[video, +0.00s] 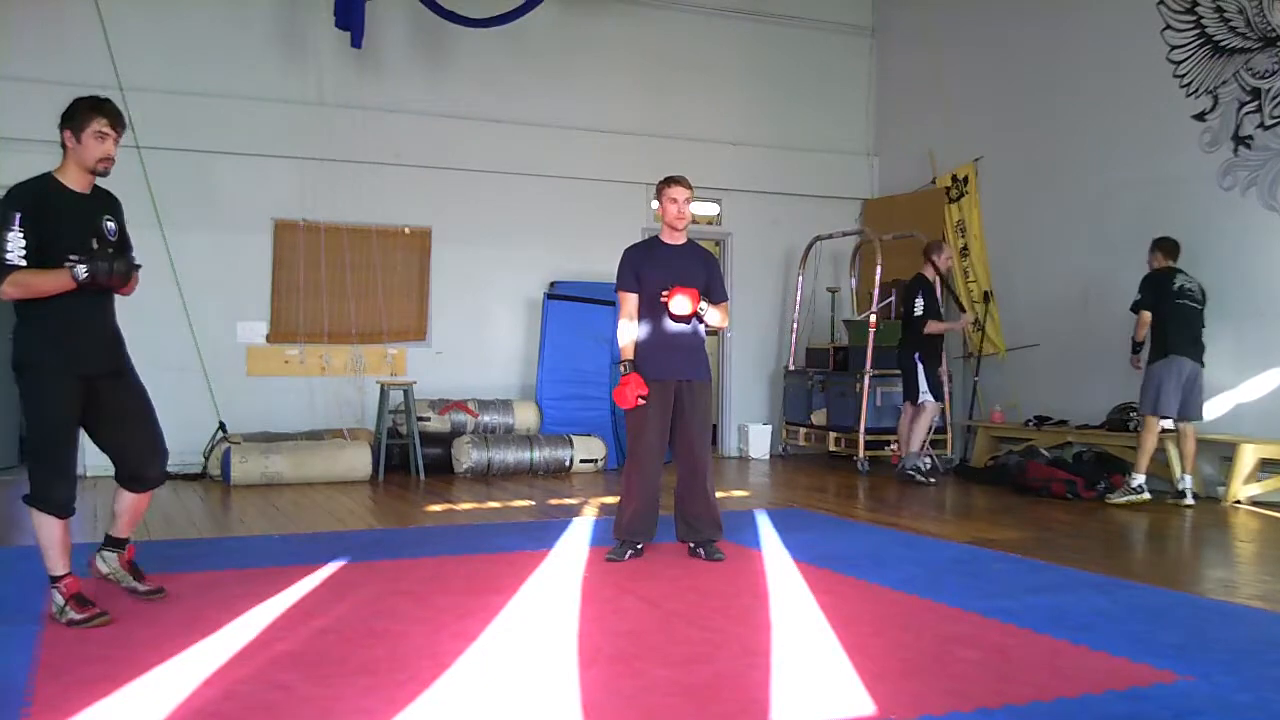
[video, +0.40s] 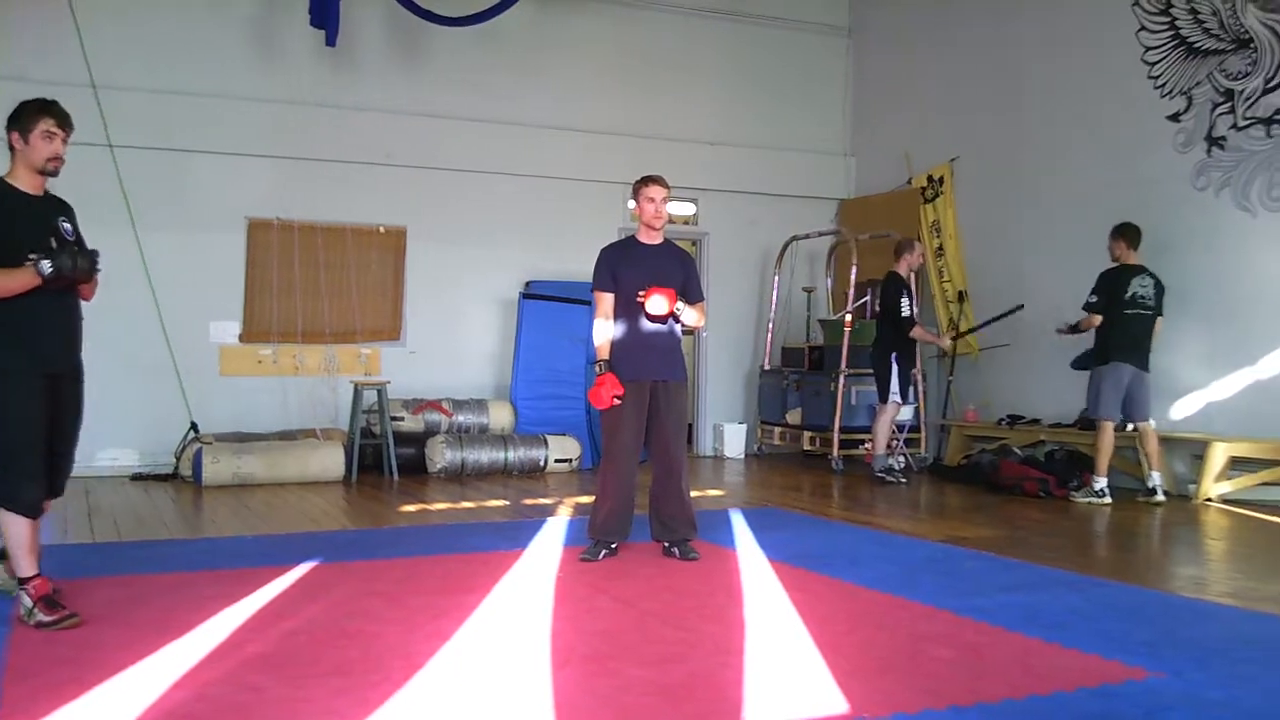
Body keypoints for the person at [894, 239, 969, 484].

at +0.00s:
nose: (951, 264)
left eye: (951, 259)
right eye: (948, 259)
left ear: (932, 259)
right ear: (933, 259)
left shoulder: (928, 284)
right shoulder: (920, 285)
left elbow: (932, 330)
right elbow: (922, 326)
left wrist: (941, 362)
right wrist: (958, 325)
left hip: (918, 353)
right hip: (917, 353)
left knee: (909, 408)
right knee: (930, 405)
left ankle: (906, 460)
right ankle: (911, 459)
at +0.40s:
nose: (921, 260)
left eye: (921, 255)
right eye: (919, 255)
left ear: (903, 257)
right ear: (907, 257)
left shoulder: (895, 282)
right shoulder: (898, 284)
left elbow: (903, 325)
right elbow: (909, 327)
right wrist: (938, 340)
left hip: (889, 351)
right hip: (892, 353)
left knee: (886, 406)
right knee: (892, 406)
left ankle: (880, 460)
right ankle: (880, 462)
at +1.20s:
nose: (936, 259)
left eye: (936, 254)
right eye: (933, 255)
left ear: (919, 258)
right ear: (920, 257)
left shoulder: (910, 284)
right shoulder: (912, 285)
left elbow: (919, 325)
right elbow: (927, 325)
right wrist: (962, 335)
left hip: (912, 353)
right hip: (912, 355)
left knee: (908, 408)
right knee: (914, 407)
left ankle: (904, 462)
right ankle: (903, 465)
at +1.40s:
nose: (941, 259)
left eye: (941, 254)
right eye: (938, 254)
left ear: (925, 256)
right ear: (925, 256)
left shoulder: (919, 283)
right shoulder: (914, 283)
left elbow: (924, 322)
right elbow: (920, 324)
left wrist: (949, 333)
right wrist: (953, 335)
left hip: (919, 351)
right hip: (914, 352)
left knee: (915, 406)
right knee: (917, 405)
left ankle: (910, 459)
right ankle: (908, 462)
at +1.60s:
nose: (1008, 266)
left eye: (1009, 261)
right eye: (1005, 261)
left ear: (993, 261)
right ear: (992, 261)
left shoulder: (989, 289)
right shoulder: (976, 287)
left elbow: (995, 324)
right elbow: (981, 327)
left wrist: (1022, 327)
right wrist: (1016, 334)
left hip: (990, 357)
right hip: (979, 357)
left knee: (983, 412)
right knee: (981, 411)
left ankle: (977, 466)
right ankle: (975, 469)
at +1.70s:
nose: (1018, 268)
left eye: (1019, 263)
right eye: (1016, 263)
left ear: (1003, 262)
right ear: (1002, 262)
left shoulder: (1000, 290)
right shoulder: (984, 288)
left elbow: (1004, 324)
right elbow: (988, 327)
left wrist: (1034, 324)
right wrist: (1023, 331)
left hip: (998, 358)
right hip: (986, 358)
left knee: (989, 412)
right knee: (986, 412)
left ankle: (980, 465)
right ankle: (979, 468)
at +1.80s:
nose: (1005, 268)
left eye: (1006, 263)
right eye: (1002, 263)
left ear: (991, 263)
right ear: (988, 261)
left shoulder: (987, 289)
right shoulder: (970, 287)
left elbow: (994, 320)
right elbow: (972, 325)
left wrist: (1022, 321)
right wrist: (1006, 327)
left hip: (986, 357)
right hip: (972, 358)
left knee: (977, 412)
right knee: (972, 411)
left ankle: (968, 464)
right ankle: (966, 467)